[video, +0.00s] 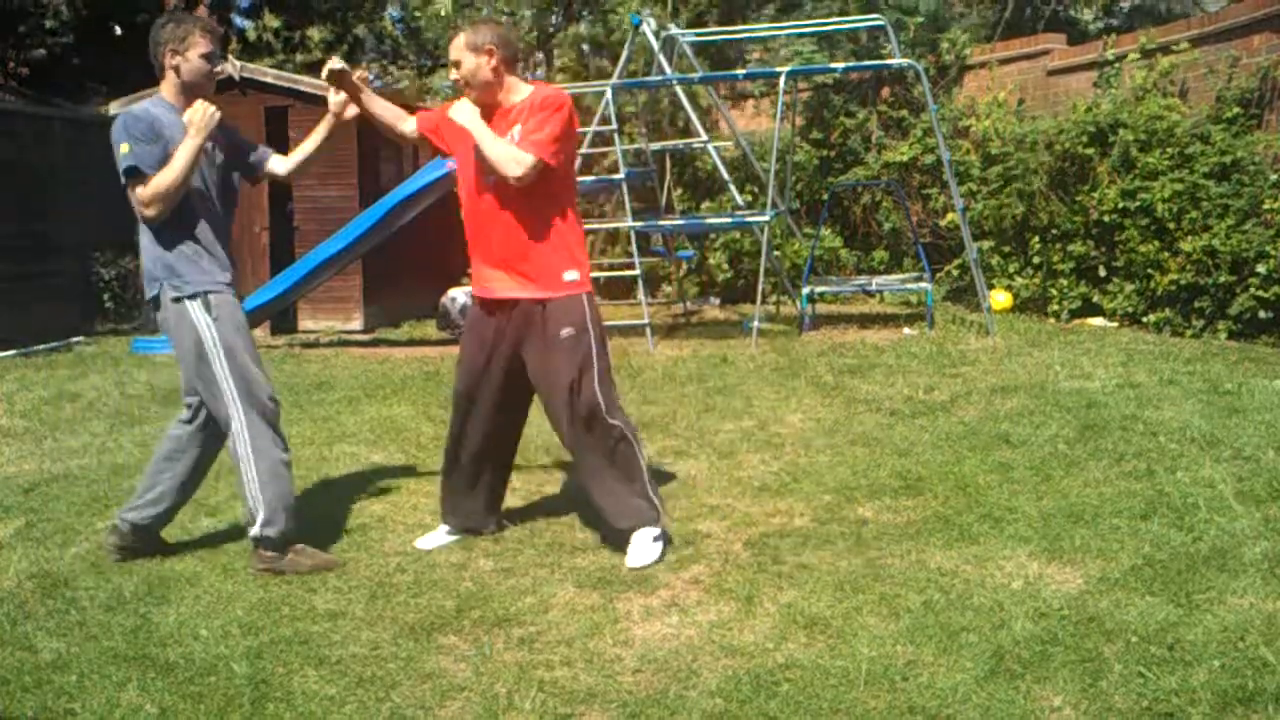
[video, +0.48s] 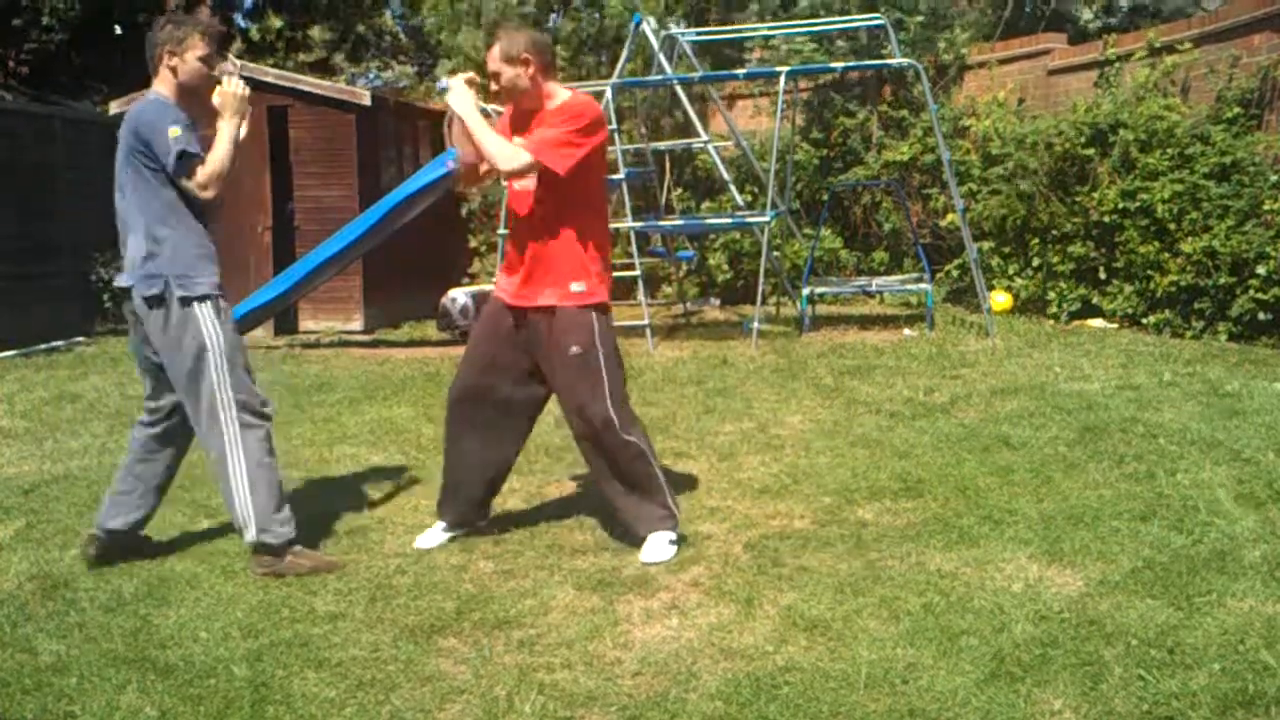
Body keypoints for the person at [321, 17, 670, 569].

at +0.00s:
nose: (455, 78)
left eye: (460, 68)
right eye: (452, 69)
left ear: (493, 61)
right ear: (479, 64)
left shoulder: (549, 103)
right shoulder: (466, 112)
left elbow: (519, 168)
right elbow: (408, 127)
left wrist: (471, 121)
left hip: (556, 290)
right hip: (492, 293)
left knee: (587, 409)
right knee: (477, 408)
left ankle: (642, 522)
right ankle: (469, 517)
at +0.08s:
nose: (452, 78)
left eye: (457, 67)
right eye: (450, 68)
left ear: (490, 59)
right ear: (477, 62)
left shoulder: (549, 101)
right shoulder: (459, 101)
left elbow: (516, 167)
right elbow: (394, 105)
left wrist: (464, 118)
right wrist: (337, 82)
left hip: (555, 287)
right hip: (490, 290)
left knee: (589, 409)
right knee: (478, 409)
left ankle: (645, 520)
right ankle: (468, 518)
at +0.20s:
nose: (470, 84)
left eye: (475, 72)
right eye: (466, 74)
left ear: (511, 65)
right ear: (489, 70)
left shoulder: (565, 113)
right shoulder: (473, 119)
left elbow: (543, 191)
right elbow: (430, 176)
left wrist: (490, 140)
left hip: (559, 298)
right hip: (488, 299)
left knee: (592, 410)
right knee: (468, 407)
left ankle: (658, 521)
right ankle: (468, 519)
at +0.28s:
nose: (476, 84)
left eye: (481, 74)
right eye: (473, 75)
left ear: (515, 69)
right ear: (500, 73)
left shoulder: (572, 118)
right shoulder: (484, 125)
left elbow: (558, 198)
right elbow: (467, 204)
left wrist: (502, 147)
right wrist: (439, 168)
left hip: (562, 300)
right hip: (495, 299)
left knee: (598, 414)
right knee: (467, 406)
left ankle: (657, 520)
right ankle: (464, 517)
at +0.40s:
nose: (490, 86)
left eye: (494, 76)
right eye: (486, 77)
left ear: (525, 64)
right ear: (514, 66)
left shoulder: (579, 109)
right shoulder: (511, 112)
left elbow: (531, 173)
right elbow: (472, 178)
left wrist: (487, 121)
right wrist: (459, 127)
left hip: (570, 288)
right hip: (511, 287)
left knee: (600, 409)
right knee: (473, 397)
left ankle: (658, 517)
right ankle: (462, 515)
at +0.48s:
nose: (495, 88)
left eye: (498, 78)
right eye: (491, 79)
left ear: (531, 66)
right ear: (519, 69)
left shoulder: (582, 111)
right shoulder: (518, 114)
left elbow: (511, 161)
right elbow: (469, 176)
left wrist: (466, 107)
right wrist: (460, 116)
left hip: (571, 288)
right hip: (515, 287)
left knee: (598, 412)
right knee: (472, 396)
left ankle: (658, 521)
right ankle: (461, 514)